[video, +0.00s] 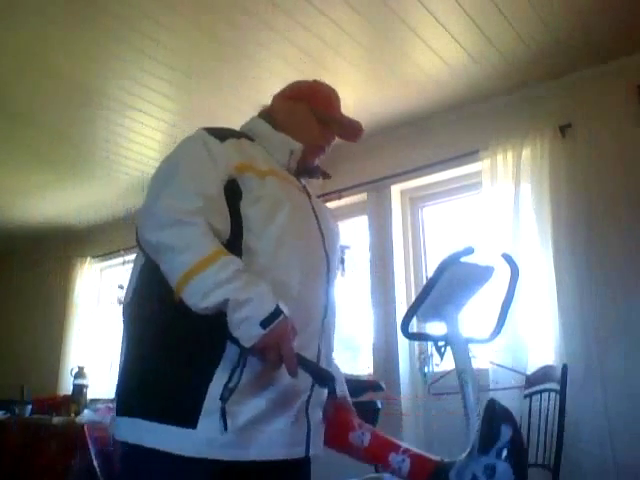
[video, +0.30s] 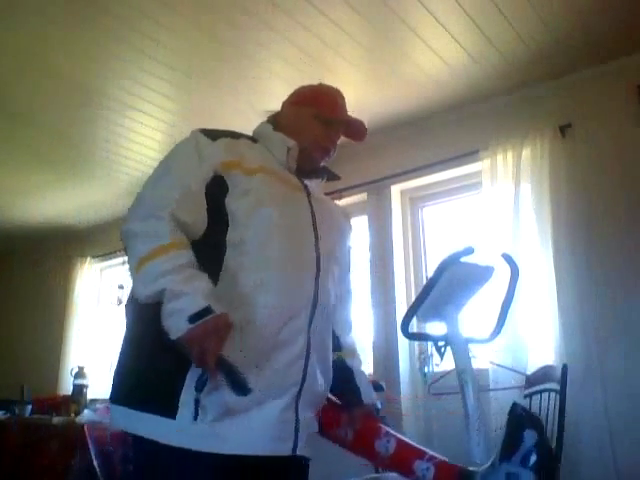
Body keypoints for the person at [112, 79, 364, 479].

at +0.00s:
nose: (329, 143)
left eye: (334, 134)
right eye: (325, 127)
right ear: (295, 115)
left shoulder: (314, 208)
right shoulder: (213, 149)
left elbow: (311, 319)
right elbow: (169, 227)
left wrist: (335, 396)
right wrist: (252, 308)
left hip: (282, 445)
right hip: (190, 440)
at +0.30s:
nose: (334, 142)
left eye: (340, 134)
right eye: (328, 126)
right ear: (295, 114)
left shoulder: (333, 218)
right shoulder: (212, 152)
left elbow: (334, 321)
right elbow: (149, 226)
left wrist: (355, 393)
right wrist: (192, 311)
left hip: (286, 439)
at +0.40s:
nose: (333, 143)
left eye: (338, 135)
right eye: (327, 126)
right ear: (293, 116)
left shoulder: (332, 219)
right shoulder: (210, 156)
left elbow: (338, 326)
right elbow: (145, 235)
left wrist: (368, 402)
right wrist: (171, 323)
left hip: (287, 445)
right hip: (190, 436)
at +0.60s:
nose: (302, 117)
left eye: (310, 111)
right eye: (291, 104)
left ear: (313, 122)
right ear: (257, 106)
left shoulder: (327, 206)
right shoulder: (190, 162)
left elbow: (340, 307)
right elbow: (118, 259)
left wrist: (377, 375)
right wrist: (111, 343)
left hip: (287, 432)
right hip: (182, 425)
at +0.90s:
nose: (252, 114)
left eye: (264, 106)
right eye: (240, 102)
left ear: (275, 120)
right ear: (214, 109)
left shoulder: (297, 202)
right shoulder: (148, 172)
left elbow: (323, 301)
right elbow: (90, 271)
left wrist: (355, 376)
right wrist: (76, 362)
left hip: (262, 431)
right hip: (155, 427)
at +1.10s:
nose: (210, 106)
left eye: (223, 97)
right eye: (198, 93)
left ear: (235, 111)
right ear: (174, 102)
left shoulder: (262, 194)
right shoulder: (104, 171)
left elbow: (291, 299)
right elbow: (49, 272)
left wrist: (318, 379)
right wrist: (42, 350)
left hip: (226, 437)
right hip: (110, 435)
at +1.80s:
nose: (192, 100)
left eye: (205, 96)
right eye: (180, 89)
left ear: (217, 113)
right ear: (155, 99)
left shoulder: (240, 201)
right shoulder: (94, 166)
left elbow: (253, 307)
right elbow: (57, 265)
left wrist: (266, 386)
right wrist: (87, 352)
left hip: (221, 439)